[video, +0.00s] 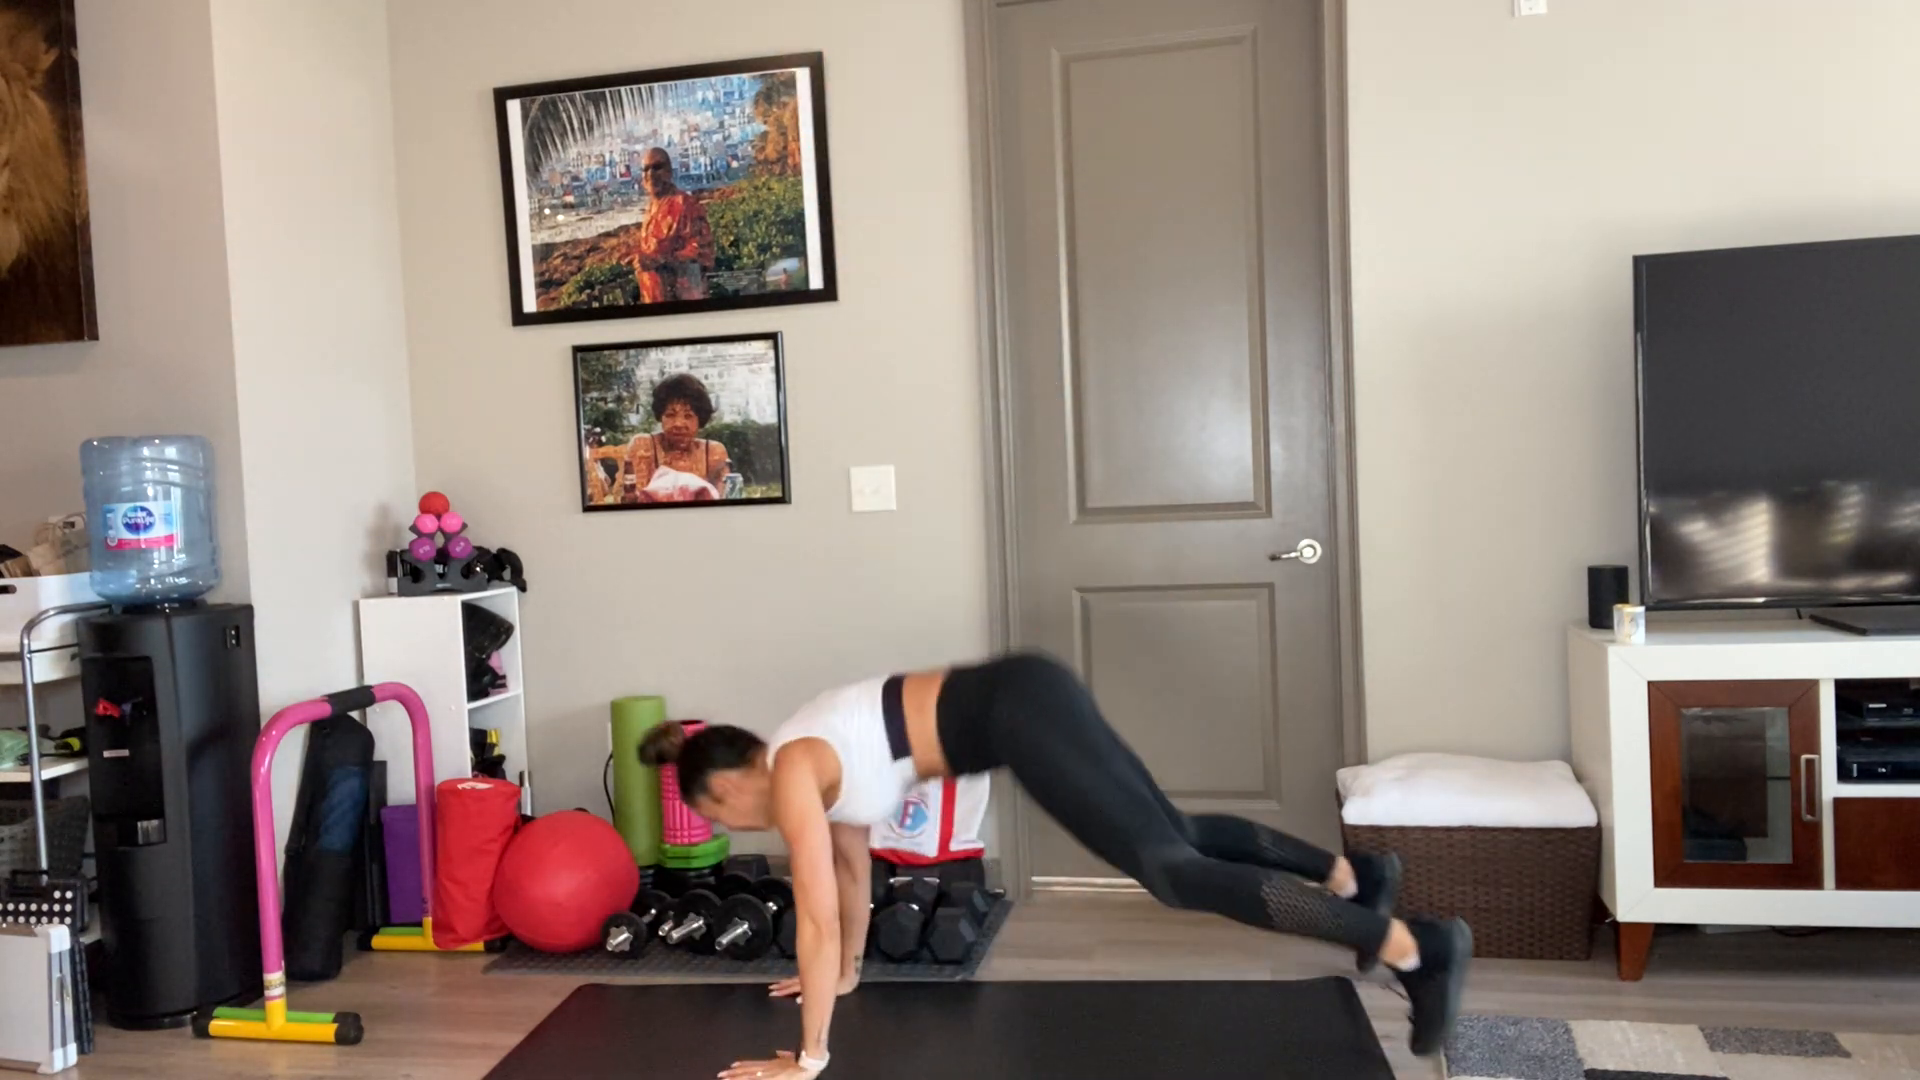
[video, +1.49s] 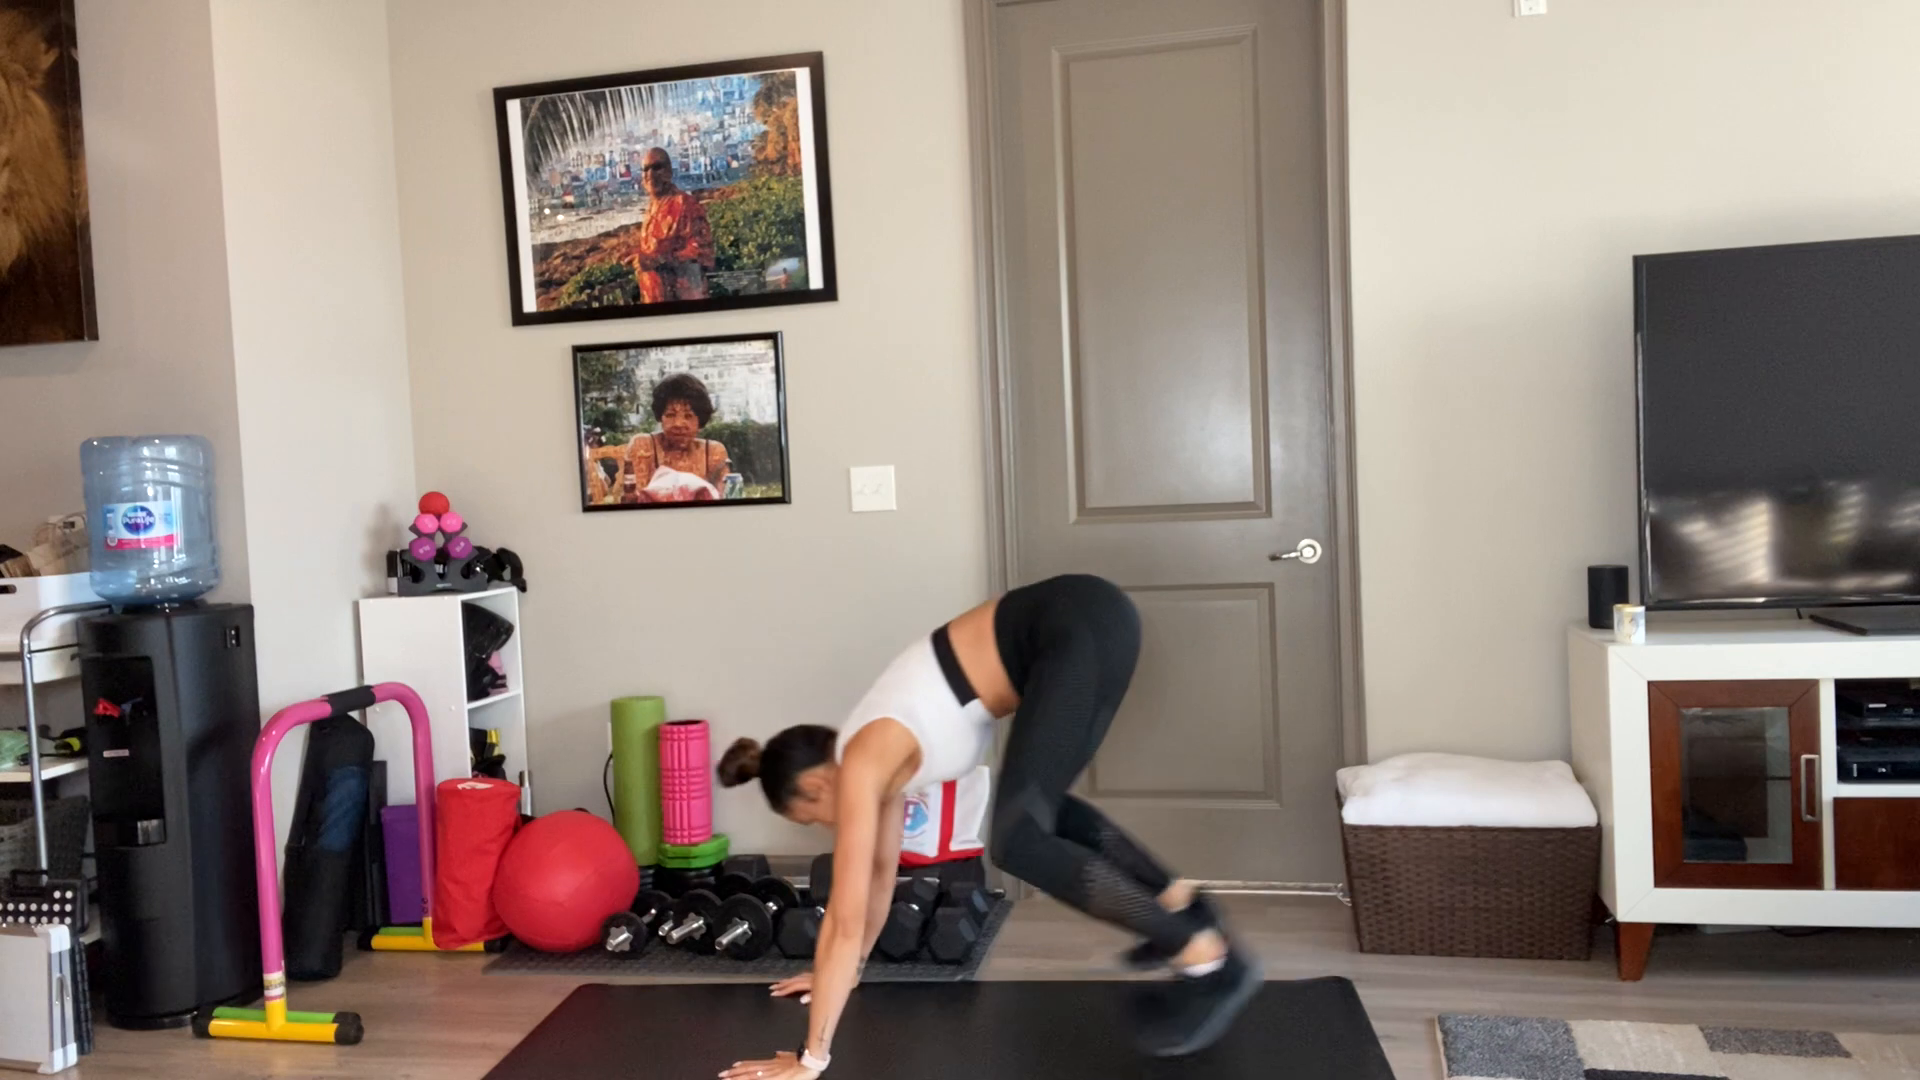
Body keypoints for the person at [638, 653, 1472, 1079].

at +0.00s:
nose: (722, 826)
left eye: (709, 813)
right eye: (707, 817)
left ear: (724, 782)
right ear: (738, 757)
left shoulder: (791, 775)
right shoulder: (819, 752)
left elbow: (821, 916)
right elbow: (851, 881)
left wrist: (812, 1050)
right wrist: (833, 967)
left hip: (1007, 712)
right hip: (1019, 697)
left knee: (1170, 871)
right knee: (1177, 836)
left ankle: (1408, 942)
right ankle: (1346, 877)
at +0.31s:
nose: (673, 863)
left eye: (669, 848)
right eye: (666, 851)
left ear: (699, 823)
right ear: (713, 808)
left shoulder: (767, 852)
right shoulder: (787, 811)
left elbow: (841, 957)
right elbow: (855, 909)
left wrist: (812, 1053)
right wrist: (830, 960)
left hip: (978, 922)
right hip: (997, 882)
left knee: (1171, 1012)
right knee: (1180, 958)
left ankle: (1402, 980)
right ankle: (1356, 909)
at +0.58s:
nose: (644, 984)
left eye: (642, 970)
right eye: (638, 972)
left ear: (671, 949)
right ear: (684, 921)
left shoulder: (731, 957)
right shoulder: (758, 918)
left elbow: (822, 959)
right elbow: (870, 878)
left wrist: (807, 1058)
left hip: (952, 979)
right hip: (969, 936)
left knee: (1167, 1028)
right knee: (1168, 981)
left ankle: (1393, 977)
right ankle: (1375, 949)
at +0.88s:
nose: (666, 867)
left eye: (665, 853)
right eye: (662, 854)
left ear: (697, 838)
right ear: (711, 824)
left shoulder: (762, 879)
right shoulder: (780, 836)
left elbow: (838, 971)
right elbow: (850, 912)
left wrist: (810, 1061)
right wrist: (804, 970)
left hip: (961, 960)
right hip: (981, 912)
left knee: (1161, 1028)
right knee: (1172, 961)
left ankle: (1399, 978)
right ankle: (1352, 894)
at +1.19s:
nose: (712, 793)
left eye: (703, 779)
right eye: (701, 783)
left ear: (721, 750)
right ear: (739, 729)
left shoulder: (805, 779)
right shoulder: (821, 742)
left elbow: (825, 919)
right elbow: (853, 884)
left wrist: (813, 1052)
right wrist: (836, 969)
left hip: (1020, 830)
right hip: (1031, 810)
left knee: (1171, 991)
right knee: (1181, 949)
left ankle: (1394, 974)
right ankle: (1363, 912)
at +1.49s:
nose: (820, 825)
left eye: (810, 815)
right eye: (810, 818)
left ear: (816, 779)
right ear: (823, 761)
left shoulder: (865, 762)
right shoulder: (882, 753)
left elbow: (848, 923)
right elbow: (877, 883)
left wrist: (811, 1055)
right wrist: (835, 968)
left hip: (1079, 627)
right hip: (1080, 621)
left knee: (1016, 839)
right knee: (1039, 804)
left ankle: (1203, 953)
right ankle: (1177, 899)